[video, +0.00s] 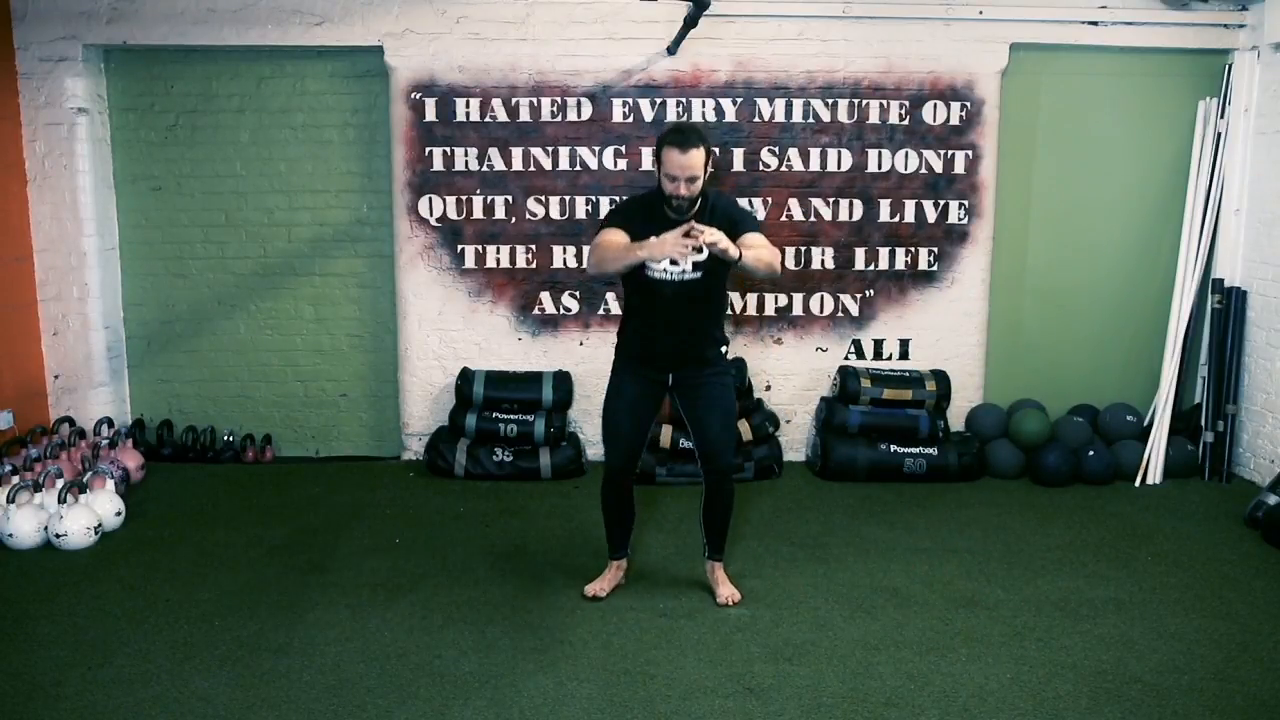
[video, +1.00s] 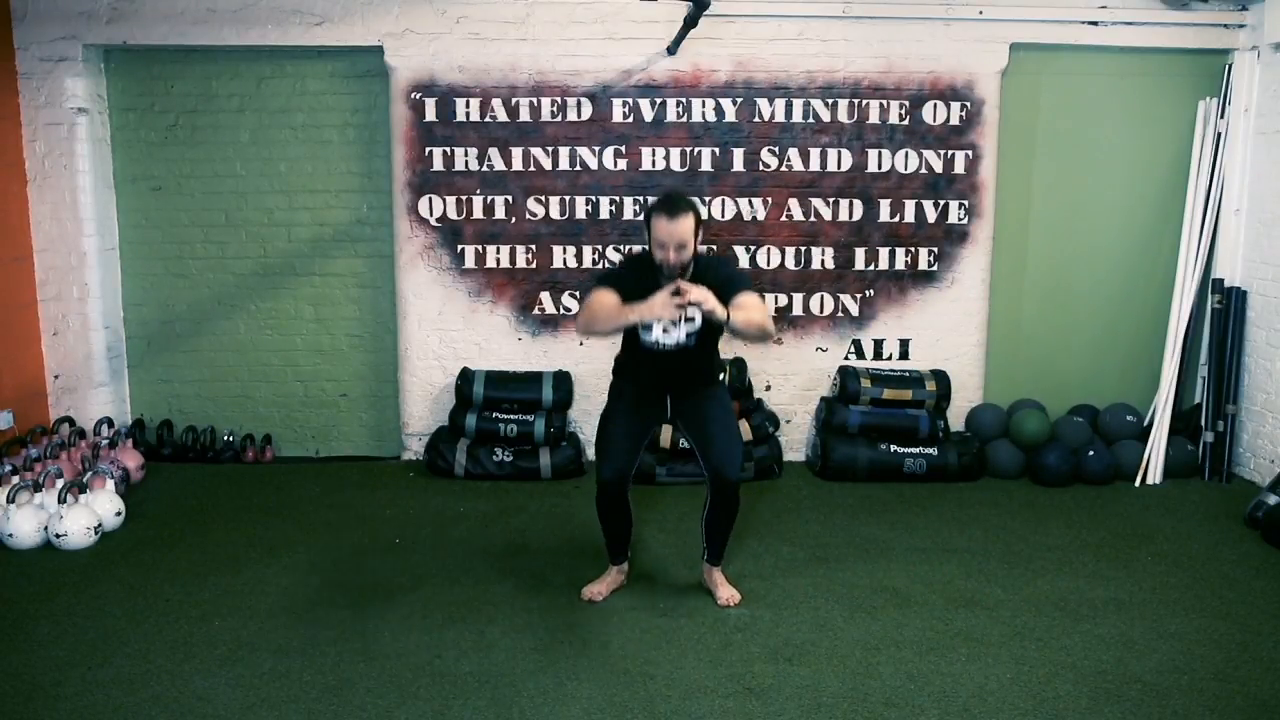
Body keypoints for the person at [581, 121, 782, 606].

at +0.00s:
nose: (680, 189)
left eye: (690, 179)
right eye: (671, 178)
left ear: (706, 170)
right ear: (658, 169)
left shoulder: (723, 210)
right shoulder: (638, 210)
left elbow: (773, 265)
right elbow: (597, 259)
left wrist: (731, 250)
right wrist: (651, 246)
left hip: (703, 362)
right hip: (638, 360)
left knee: (721, 464)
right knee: (618, 463)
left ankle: (715, 562)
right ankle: (617, 560)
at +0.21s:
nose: (672, 278)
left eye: (682, 269)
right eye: (664, 269)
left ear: (698, 256)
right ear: (650, 256)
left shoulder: (717, 288)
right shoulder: (629, 284)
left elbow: (767, 339)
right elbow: (590, 333)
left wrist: (728, 331)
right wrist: (646, 326)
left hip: (696, 400)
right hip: (631, 400)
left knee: (733, 476)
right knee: (597, 480)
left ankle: (715, 567)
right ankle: (615, 565)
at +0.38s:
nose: (668, 356)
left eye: (678, 347)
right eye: (659, 346)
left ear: (693, 332)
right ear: (646, 331)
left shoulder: (713, 353)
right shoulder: (628, 351)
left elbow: (759, 412)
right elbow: (589, 405)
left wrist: (725, 411)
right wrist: (639, 405)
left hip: (698, 439)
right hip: (635, 439)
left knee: (739, 486)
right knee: (592, 490)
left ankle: (715, 568)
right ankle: (615, 568)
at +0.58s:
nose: (667, 407)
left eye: (677, 397)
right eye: (657, 397)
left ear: (691, 381)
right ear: (641, 382)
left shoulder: (710, 404)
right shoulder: (624, 403)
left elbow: (757, 463)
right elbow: (589, 461)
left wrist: (726, 472)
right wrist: (639, 468)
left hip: (693, 495)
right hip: (638, 495)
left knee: (742, 494)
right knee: (590, 499)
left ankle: (713, 571)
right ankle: (616, 569)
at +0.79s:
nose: (667, 358)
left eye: (677, 348)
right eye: (657, 348)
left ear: (692, 337)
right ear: (645, 336)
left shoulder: (712, 361)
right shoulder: (630, 359)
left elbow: (760, 413)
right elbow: (589, 408)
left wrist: (721, 401)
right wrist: (645, 400)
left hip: (699, 452)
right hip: (635, 451)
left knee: (738, 491)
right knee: (598, 494)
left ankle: (713, 569)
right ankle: (617, 569)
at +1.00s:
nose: (670, 256)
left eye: (680, 247)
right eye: (661, 246)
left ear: (696, 238)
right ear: (649, 239)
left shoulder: (717, 273)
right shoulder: (633, 271)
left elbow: (763, 326)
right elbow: (587, 320)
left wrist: (722, 313)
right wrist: (645, 310)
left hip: (699, 388)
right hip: (637, 388)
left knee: (727, 473)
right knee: (610, 476)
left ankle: (713, 568)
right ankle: (618, 565)